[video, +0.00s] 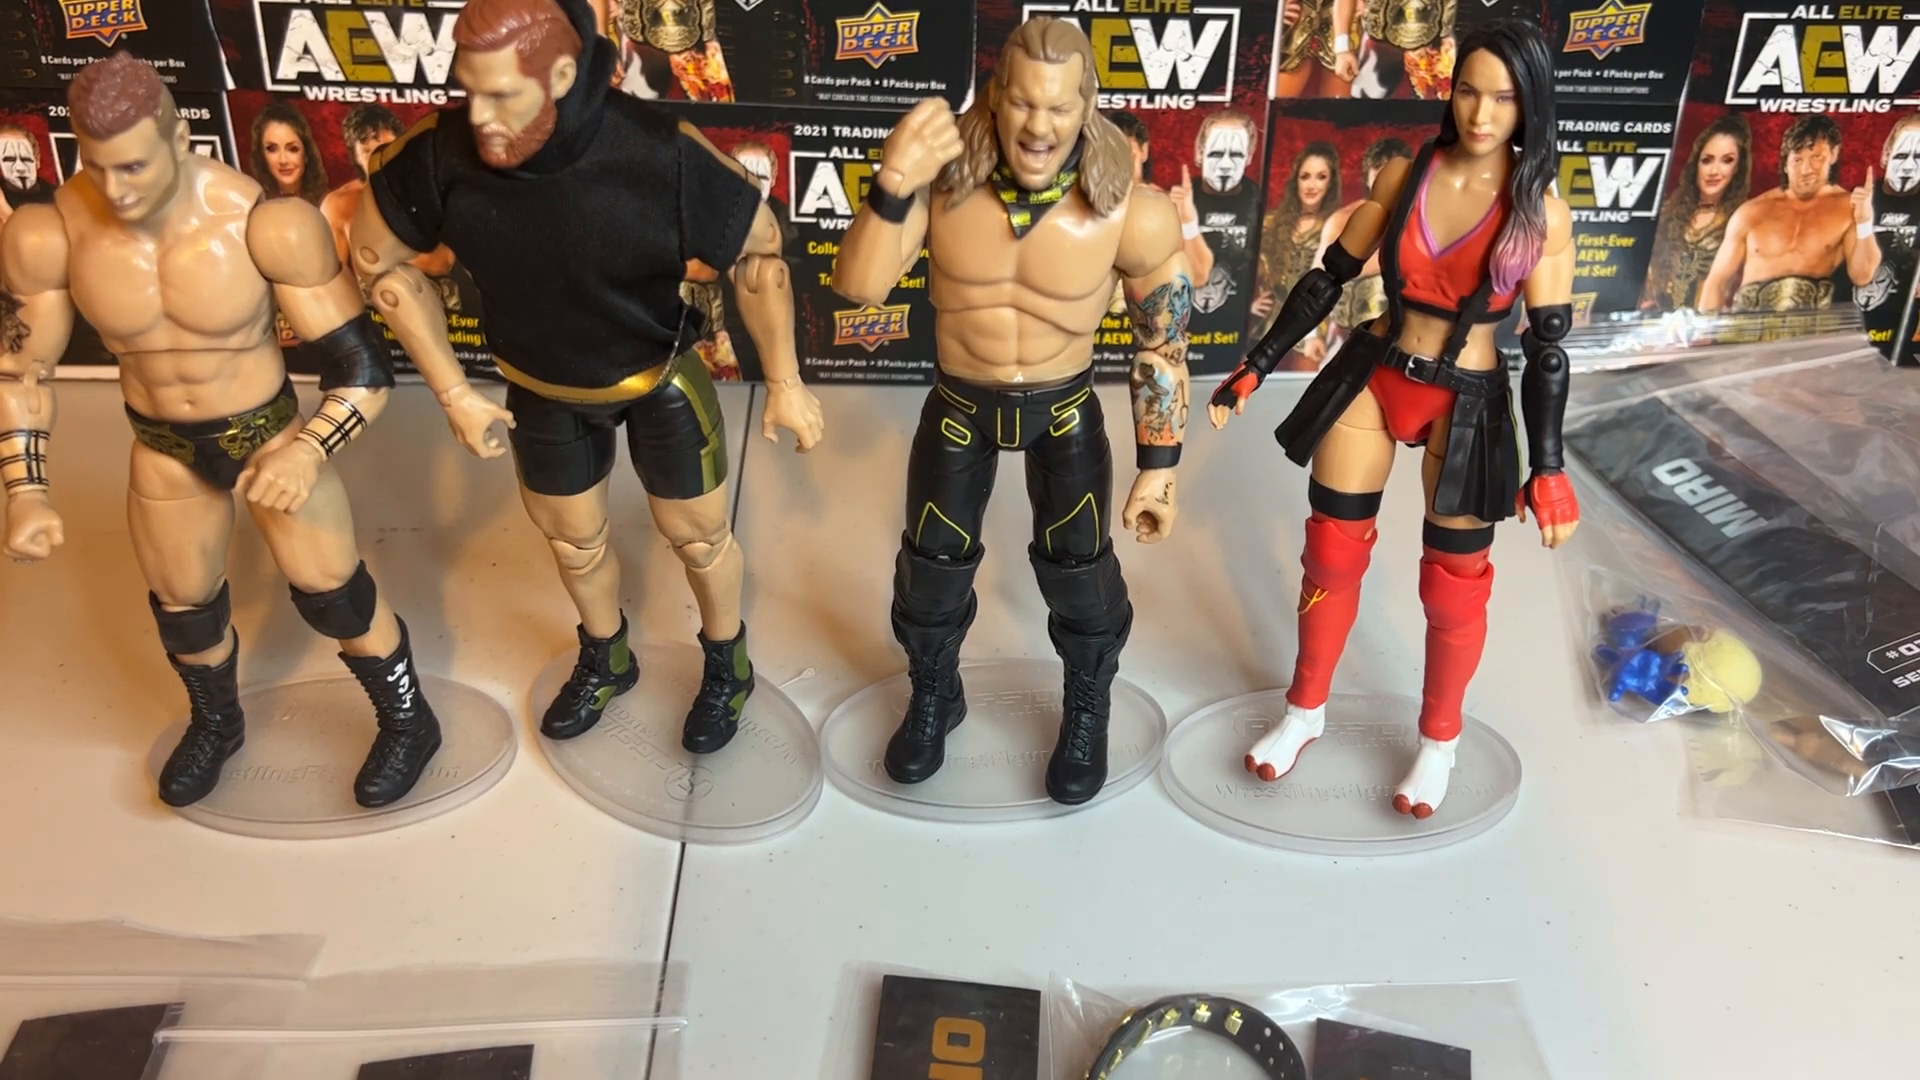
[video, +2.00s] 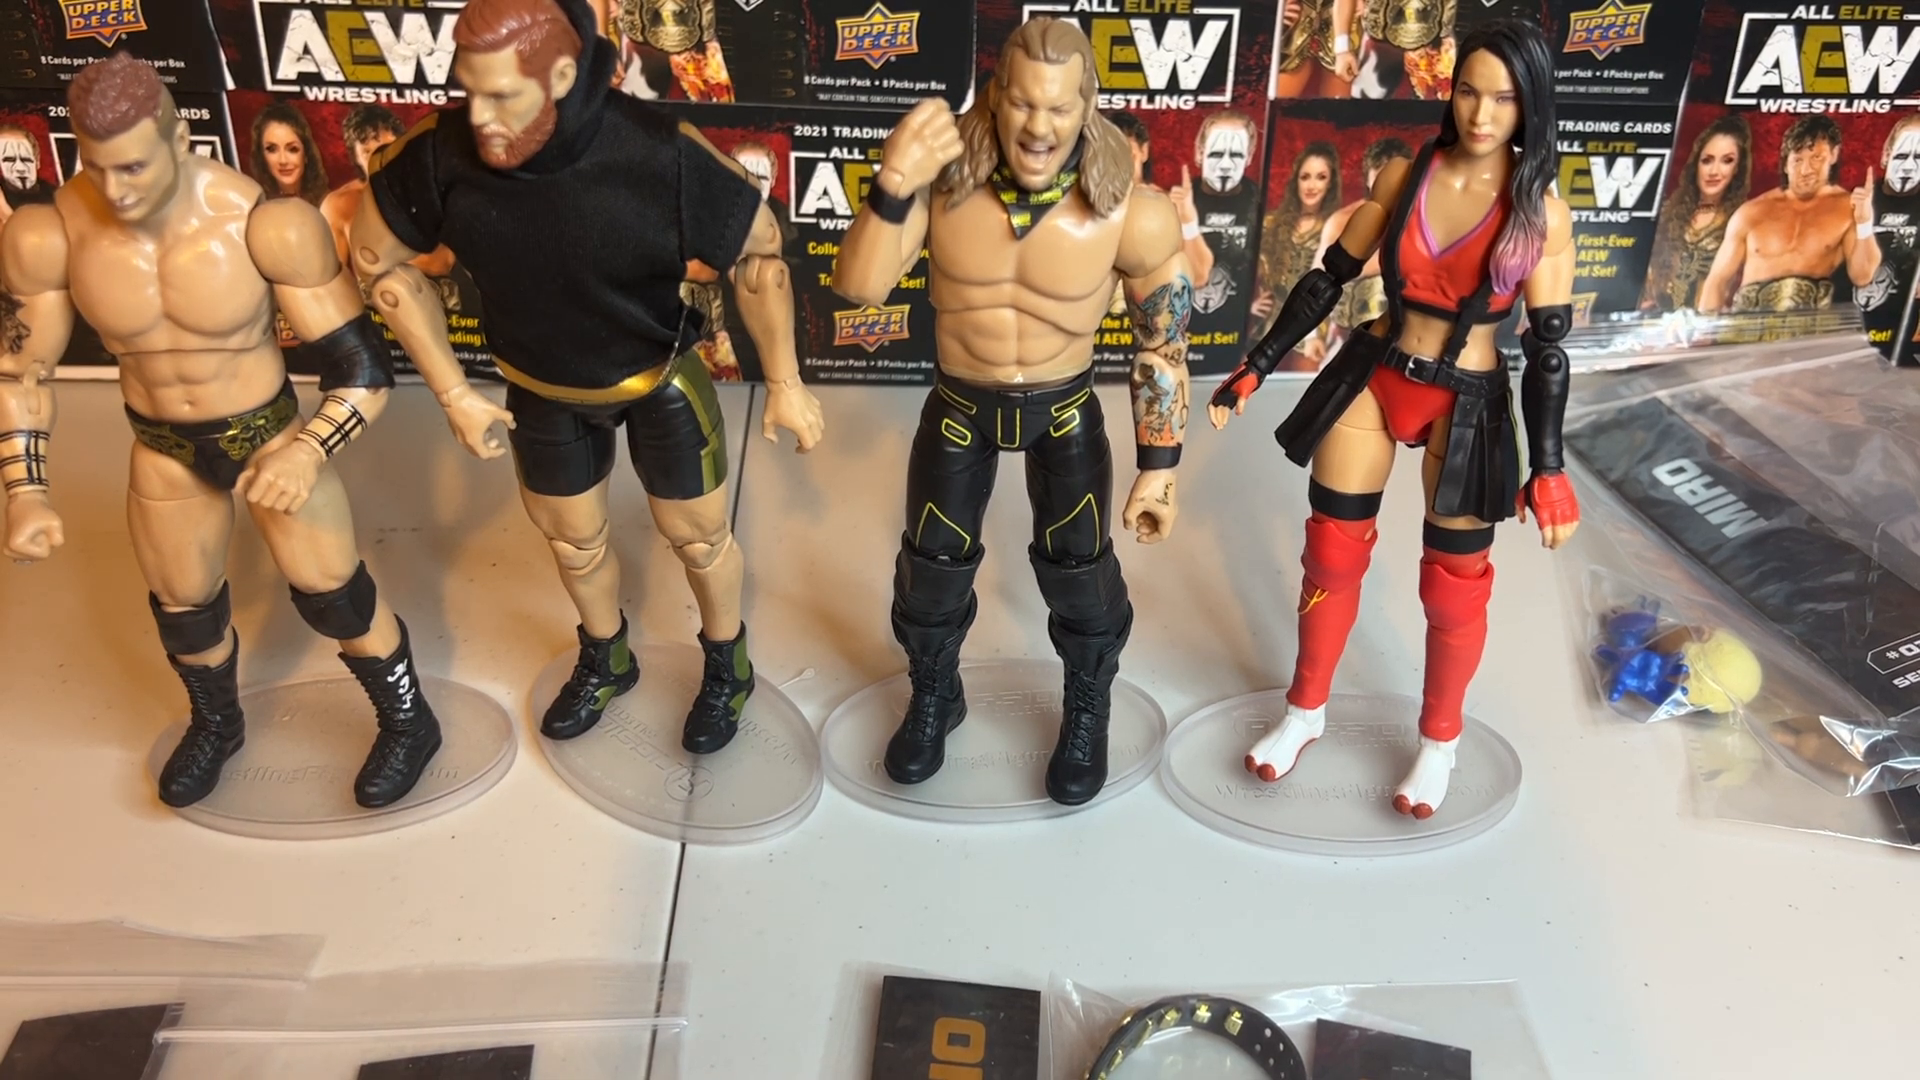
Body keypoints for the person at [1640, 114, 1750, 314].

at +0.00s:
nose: (1714, 171)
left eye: (1727, 160)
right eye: (1706, 160)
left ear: (1739, 168)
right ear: (1695, 164)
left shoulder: (1743, 218)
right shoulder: (1671, 212)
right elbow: (1655, 265)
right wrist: (1649, 298)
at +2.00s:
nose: (1714, 171)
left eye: (1727, 161)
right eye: (1707, 160)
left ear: (1738, 168)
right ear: (1695, 164)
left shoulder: (1743, 219)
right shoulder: (1670, 213)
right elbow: (1654, 266)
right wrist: (1650, 299)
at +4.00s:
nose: (1714, 171)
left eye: (1727, 161)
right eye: (1707, 160)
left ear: (1739, 168)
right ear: (1695, 164)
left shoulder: (1742, 220)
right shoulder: (1670, 213)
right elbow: (1654, 268)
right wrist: (1649, 300)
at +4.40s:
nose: (1714, 171)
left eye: (1727, 161)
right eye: (1707, 160)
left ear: (1739, 168)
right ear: (1695, 164)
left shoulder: (1742, 219)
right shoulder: (1670, 212)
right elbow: (1654, 266)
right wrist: (1649, 300)